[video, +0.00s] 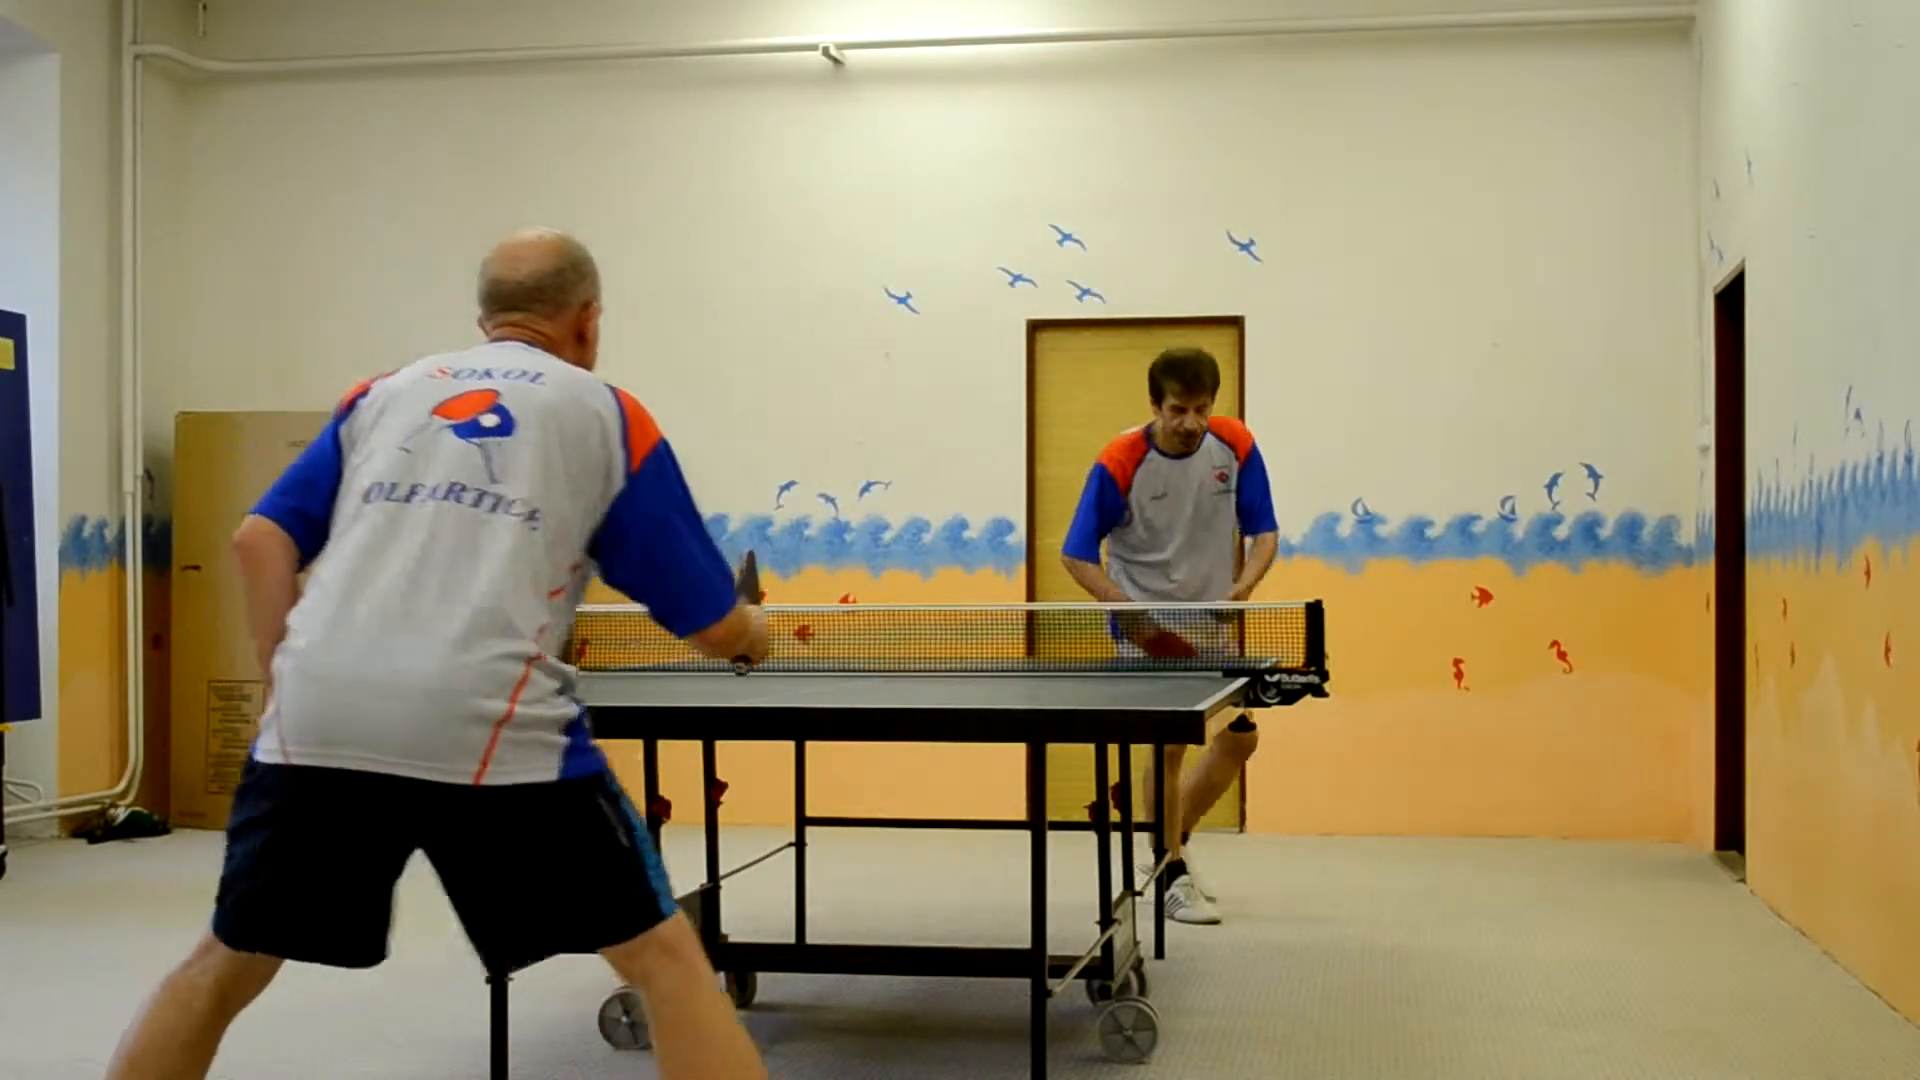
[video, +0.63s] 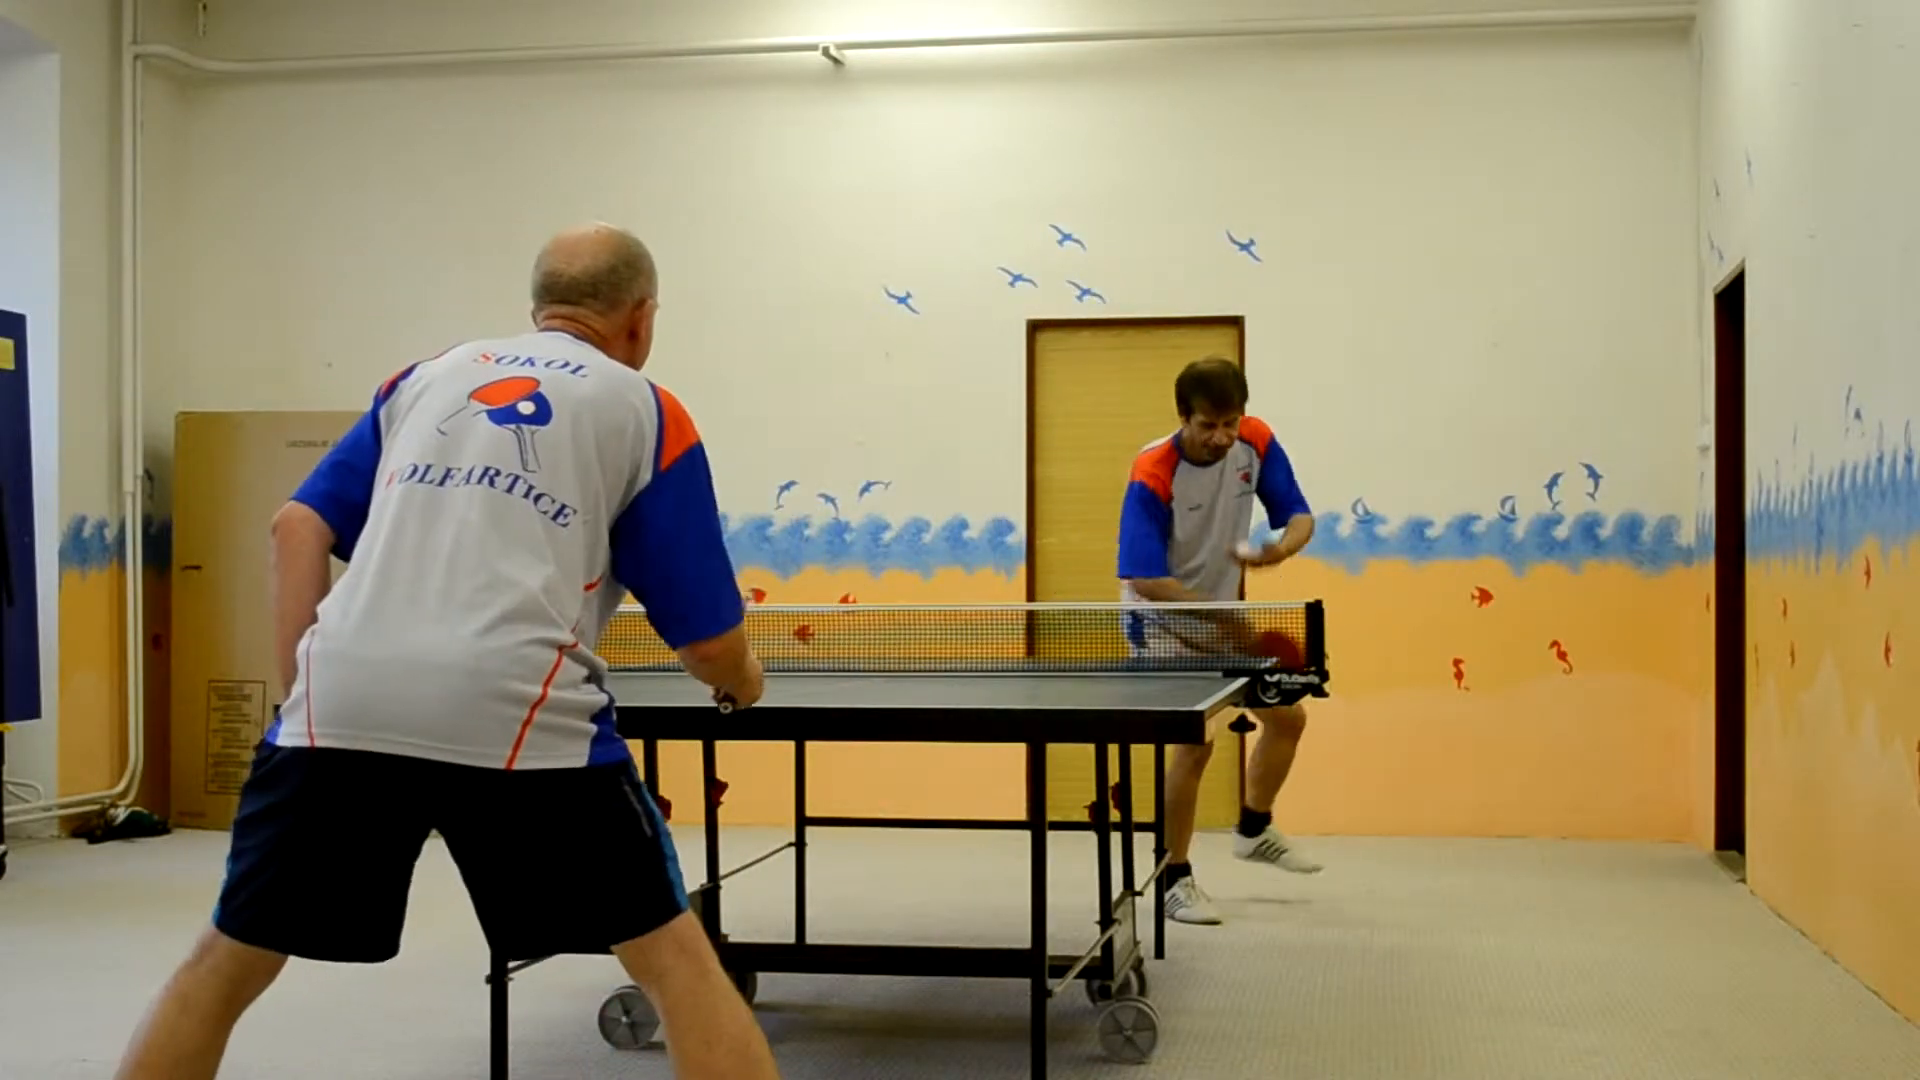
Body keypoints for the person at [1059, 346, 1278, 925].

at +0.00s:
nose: (1191, 422)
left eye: (1200, 409)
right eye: (1178, 410)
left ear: (1212, 403)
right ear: (1155, 405)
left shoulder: (1235, 444)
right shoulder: (1118, 463)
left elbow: (1263, 538)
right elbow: (1077, 556)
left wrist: (1235, 597)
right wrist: (1135, 618)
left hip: (1215, 622)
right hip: (1149, 627)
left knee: (1238, 737)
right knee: (1169, 745)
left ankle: (1167, 844)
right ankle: (1171, 875)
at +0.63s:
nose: (1220, 436)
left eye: (1229, 424)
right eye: (1208, 425)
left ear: (1240, 414)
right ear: (1182, 415)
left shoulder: (1253, 440)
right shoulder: (1154, 471)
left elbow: (1299, 519)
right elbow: (1142, 577)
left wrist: (1278, 550)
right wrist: (1223, 625)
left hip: (1224, 620)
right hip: (1162, 623)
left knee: (1286, 715)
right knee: (1192, 742)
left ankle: (1253, 831)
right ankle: (1174, 879)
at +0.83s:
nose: (1231, 425)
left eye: (1239, 412)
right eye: (1218, 415)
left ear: (1249, 403)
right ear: (1191, 409)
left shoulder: (1258, 424)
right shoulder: (1168, 467)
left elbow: (1333, 470)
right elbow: (1194, 568)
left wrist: (1323, 502)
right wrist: (1272, 551)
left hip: (1230, 608)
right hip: (1173, 615)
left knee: (1309, 707)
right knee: (1201, 743)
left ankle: (1320, 829)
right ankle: (1175, 880)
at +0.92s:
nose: (1231, 423)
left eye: (1239, 410)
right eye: (1218, 413)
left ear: (1249, 401)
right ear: (1192, 406)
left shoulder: (1262, 425)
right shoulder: (1169, 462)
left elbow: (1347, 461)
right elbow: (1188, 567)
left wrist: (1356, 505)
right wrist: (1264, 549)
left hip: (1241, 608)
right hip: (1182, 617)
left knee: (1310, 727)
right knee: (1202, 746)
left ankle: (1327, 841)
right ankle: (1175, 880)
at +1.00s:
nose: (1229, 416)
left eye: (1239, 403)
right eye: (1217, 405)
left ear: (1252, 395)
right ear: (1196, 400)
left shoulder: (1278, 434)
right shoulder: (1166, 454)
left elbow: (1368, 466)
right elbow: (1144, 545)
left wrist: (1380, 517)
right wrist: (1220, 559)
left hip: (1254, 614)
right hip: (1187, 618)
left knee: (1308, 744)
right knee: (1198, 746)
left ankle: (1325, 863)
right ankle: (1176, 879)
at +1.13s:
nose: (1233, 402)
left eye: (1244, 388)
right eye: (1223, 390)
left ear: (1266, 386)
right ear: (1210, 390)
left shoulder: (1303, 440)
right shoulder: (1176, 436)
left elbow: (1387, 487)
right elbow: (1097, 457)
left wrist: (1384, 543)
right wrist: (1072, 485)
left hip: (1277, 616)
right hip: (1201, 616)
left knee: (1308, 749)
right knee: (1184, 743)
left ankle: (1324, 870)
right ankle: (1170, 874)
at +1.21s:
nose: (1241, 393)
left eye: (1252, 380)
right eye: (1231, 382)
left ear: (1274, 379)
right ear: (1219, 384)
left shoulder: (1311, 442)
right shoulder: (1188, 423)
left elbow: (1385, 501)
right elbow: (1116, 426)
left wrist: (1375, 553)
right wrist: (1080, 461)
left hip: (1283, 617)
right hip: (1204, 616)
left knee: (1309, 748)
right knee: (1177, 733)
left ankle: (1323, 870)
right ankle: (1168, 859)